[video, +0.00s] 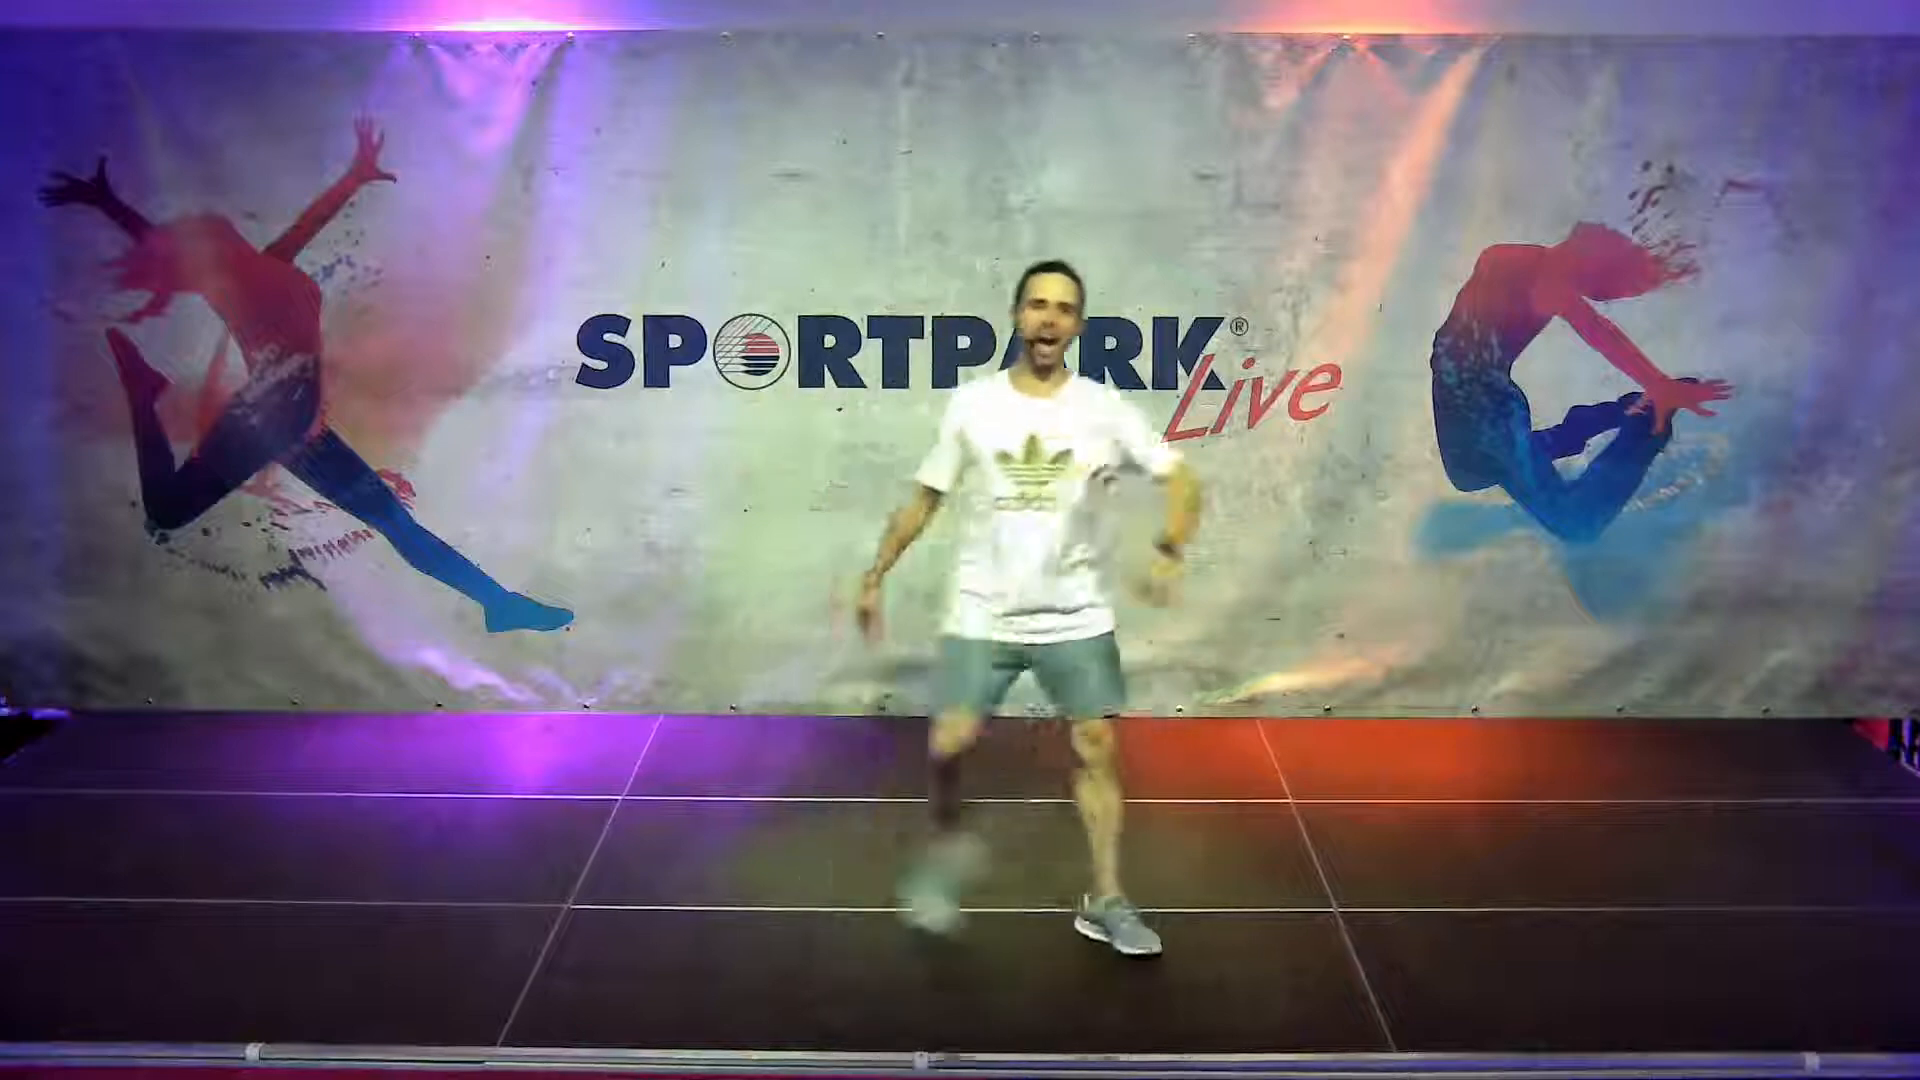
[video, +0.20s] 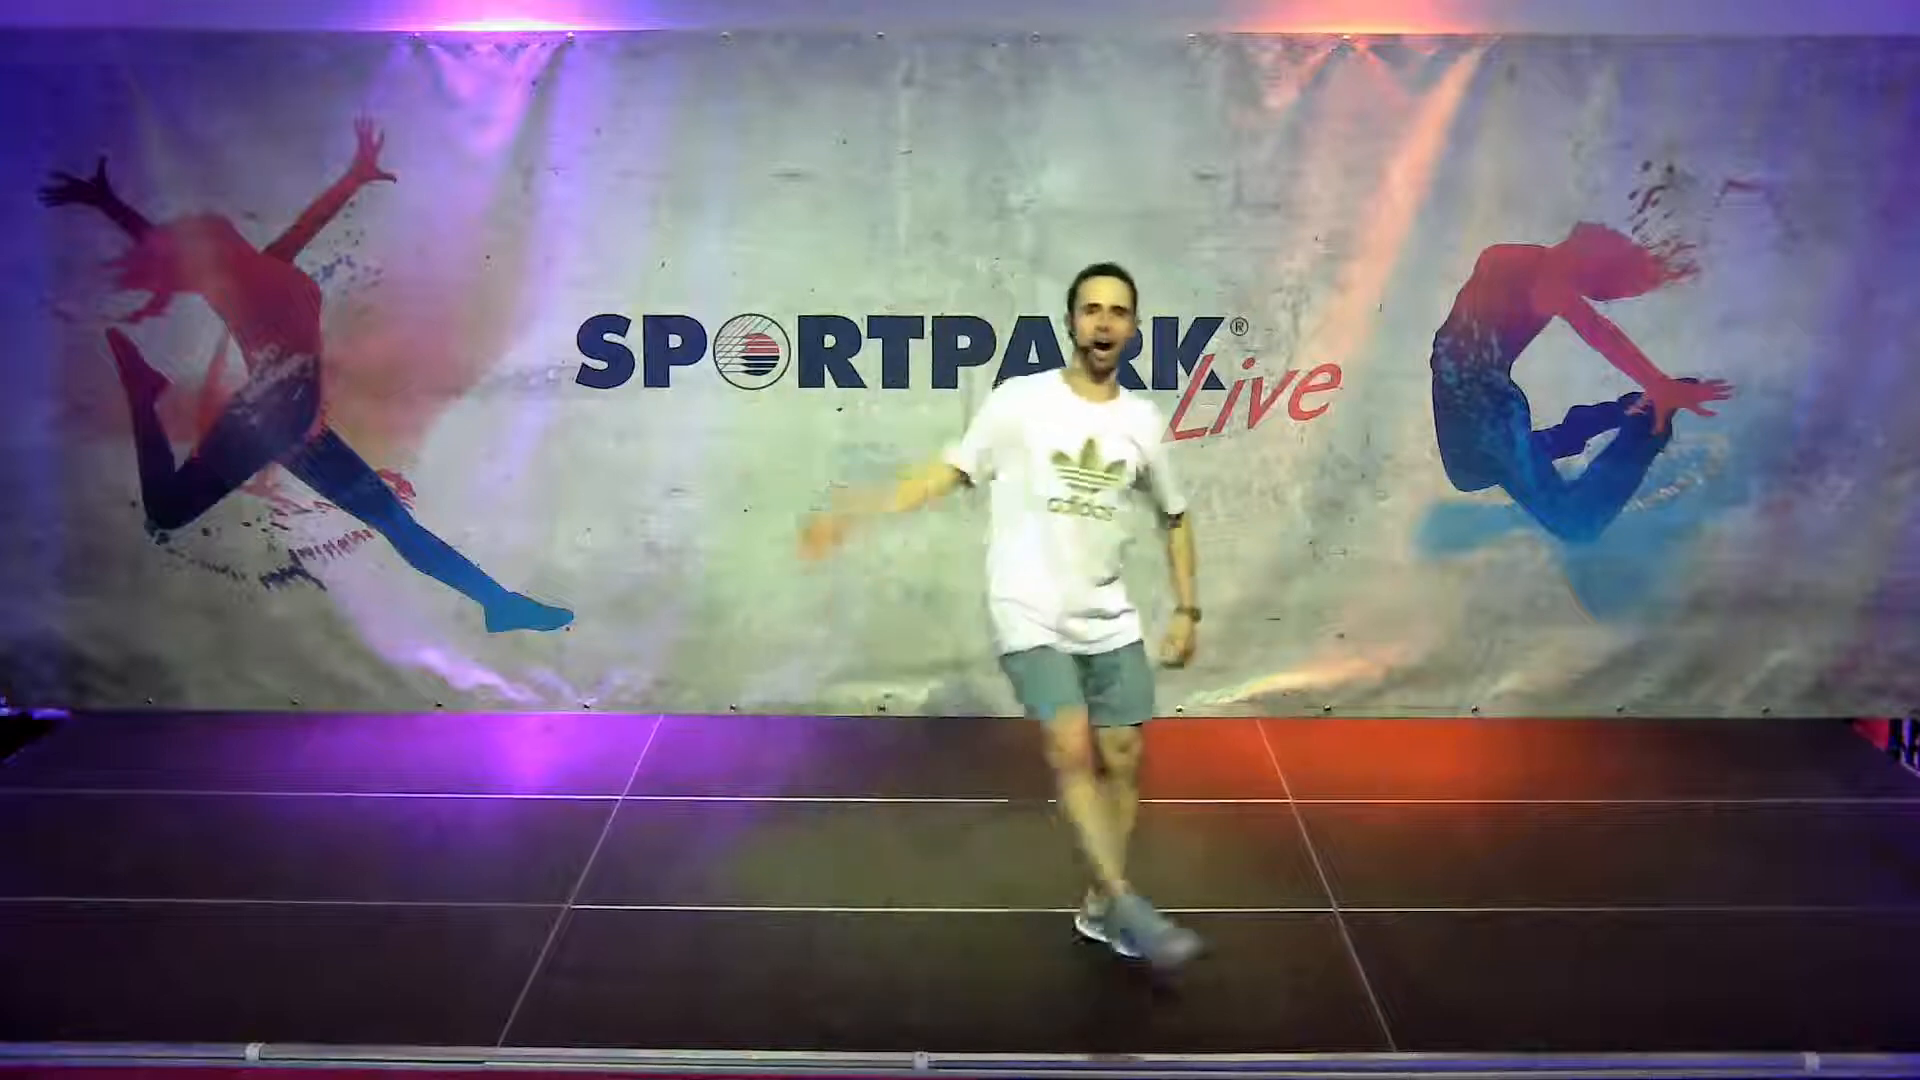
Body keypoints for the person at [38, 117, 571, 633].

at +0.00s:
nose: (166, 291)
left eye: (169, 269)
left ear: (198, 251)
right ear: (195, 246)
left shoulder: (264, 271)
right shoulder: (229, 271)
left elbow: (305, 224)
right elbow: (159, 245)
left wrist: (357, 175)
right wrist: (105, 202)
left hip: (299, 425)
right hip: (266, 418)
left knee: (389, 515)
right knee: (167, 510)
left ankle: (500, 602)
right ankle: (140, 390)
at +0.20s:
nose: (176, 285)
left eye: (175, 264)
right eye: (182, 259)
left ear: (203, 251)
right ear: (198, 248)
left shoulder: (265, 271)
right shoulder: (230, 274)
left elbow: (305, 224)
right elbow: (158, 245)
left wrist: (357, 176)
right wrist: (105, 201)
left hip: (300, 426)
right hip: (265, 419)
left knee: (388, 515)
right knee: (167, 511)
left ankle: (500, 602)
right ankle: (140, 390)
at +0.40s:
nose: (167, 291)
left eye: (168, 270)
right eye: (163, 275)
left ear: (199, 255)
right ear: (203, 250)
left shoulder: (260, 270)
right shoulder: (243, 271)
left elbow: (307, 223)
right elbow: (160, 243)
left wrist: (357, 174)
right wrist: (105, 201)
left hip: (300, 427)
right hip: (265, 420)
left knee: (388, 514)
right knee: (167, 511)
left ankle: (500, 602)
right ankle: (140, 390)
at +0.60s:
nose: (198, 275)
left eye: (196, 258)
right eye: (194, 259)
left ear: (213, 252)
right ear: (203, 258)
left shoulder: (269, 267)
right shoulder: (233, 279)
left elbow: (310, 220)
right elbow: (160, 248)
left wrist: (358, 175)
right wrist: (103, 200)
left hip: (301, 427)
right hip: (261, 422)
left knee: (390, 516)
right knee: (166, 511)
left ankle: (501, 603)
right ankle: (139, 389)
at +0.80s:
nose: (182, 289)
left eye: (180, 270)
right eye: (177, 272)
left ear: (208, 256)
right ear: (204, 256)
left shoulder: (265, 269)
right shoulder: (240, 277)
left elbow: (309, 221)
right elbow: (159, 248)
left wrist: (358, 175)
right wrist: (104, 201)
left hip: (300, 428)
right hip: (261, 423)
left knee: (387, 514)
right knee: (167, 511)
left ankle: (500, 602)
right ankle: (142, 394)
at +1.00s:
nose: (181, 289)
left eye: (180, 270)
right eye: (177, 272)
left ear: (208, 257)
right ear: (204, 255)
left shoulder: (265, 268)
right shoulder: (239, 277)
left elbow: (309, 220)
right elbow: (158, 248)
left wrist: (359, 175)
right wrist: (104, 201)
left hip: (301, 428)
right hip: (261, 423)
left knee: (389, 515)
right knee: (167, 511)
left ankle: (500, 602)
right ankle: (142, 394)